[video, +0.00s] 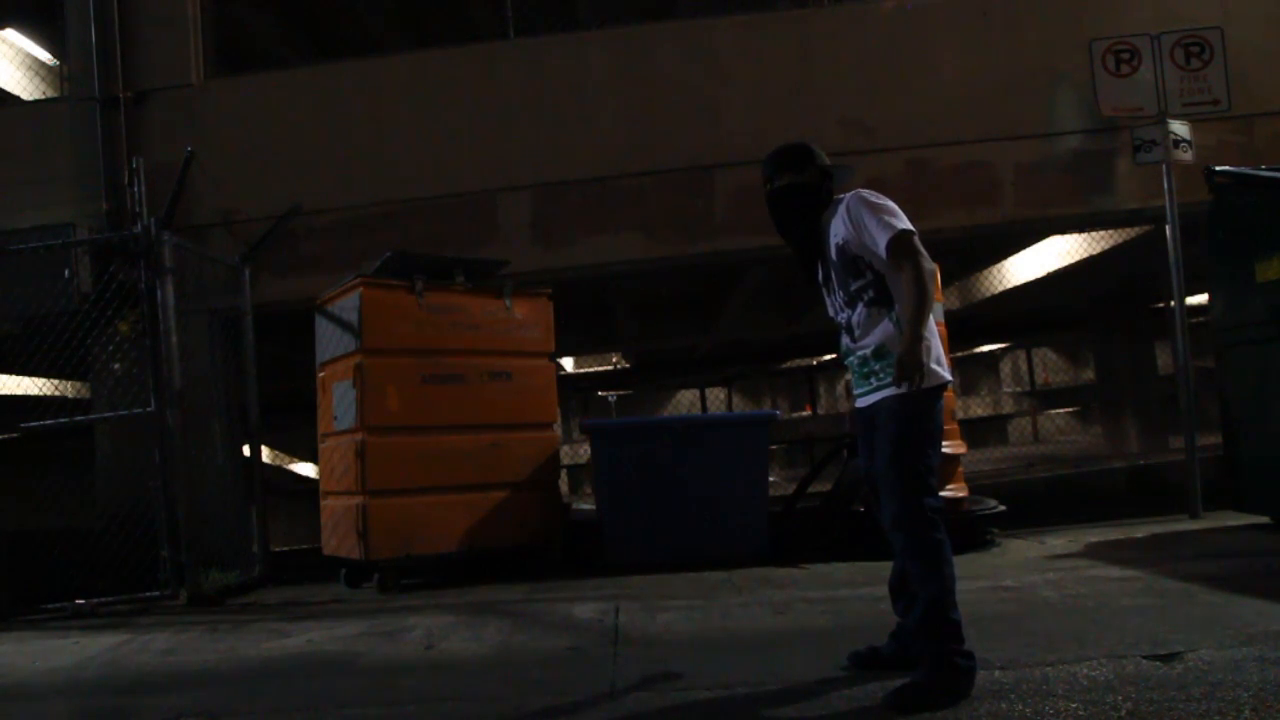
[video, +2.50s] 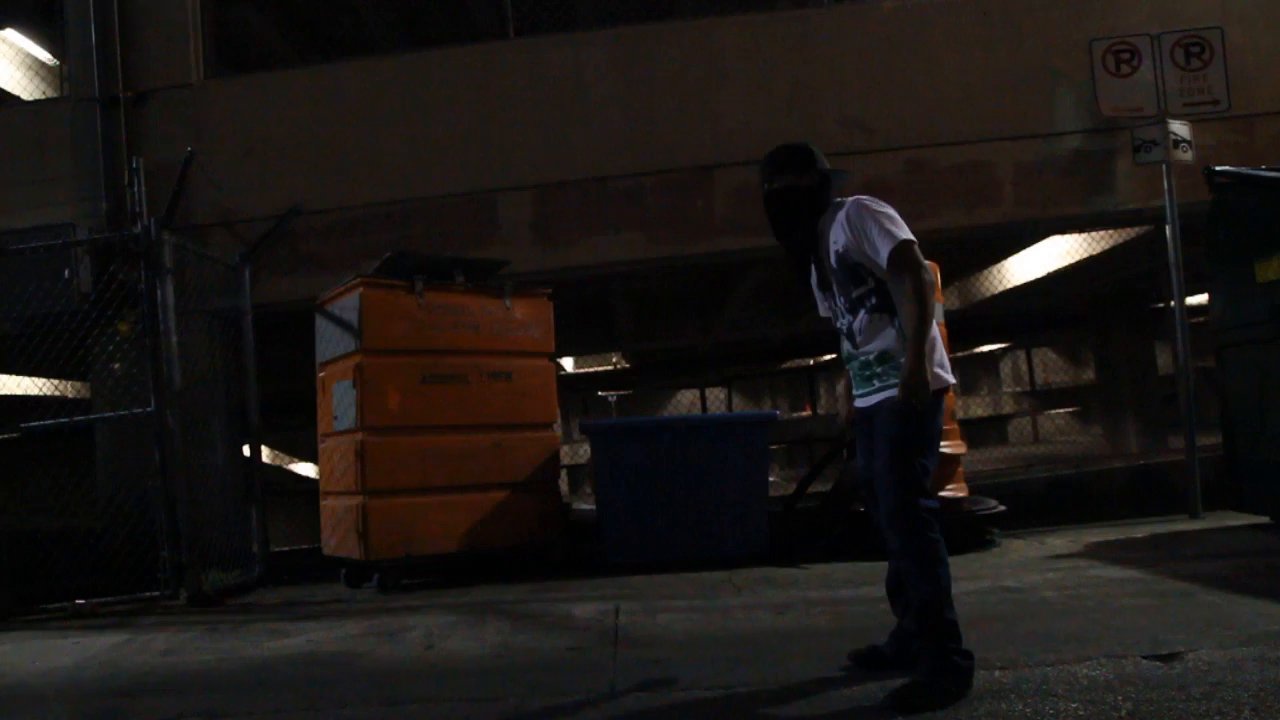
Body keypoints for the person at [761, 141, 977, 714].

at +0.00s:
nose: (777, 206)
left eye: (783, 191)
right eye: (772, 195)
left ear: (812, 181)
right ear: (790, 192)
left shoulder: (857, 207)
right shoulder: (828, 244)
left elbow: (916, 266)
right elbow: (866, 316)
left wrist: (910, 346)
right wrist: (864, 381)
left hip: (907, 392)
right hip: (878, 400)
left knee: (916, 520)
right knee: (898, 520)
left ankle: (946, 661)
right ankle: (914, 639)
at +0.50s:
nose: (770, 209)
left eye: (776, 194)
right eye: (766, 197)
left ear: (806, 185)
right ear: (783, 196)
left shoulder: (855, 210)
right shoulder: (821, 257)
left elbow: (918, 271)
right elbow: (858, 330)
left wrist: (920, 363)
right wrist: (865, 394)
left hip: (906, 393)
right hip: (875, 402)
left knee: (912, 518)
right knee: (896, 519)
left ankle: (945, 660)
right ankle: (914, 639)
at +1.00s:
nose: (776, 209)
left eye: (783, 194)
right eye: (771, 198)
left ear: (811, 185)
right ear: (783, 197)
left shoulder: (858, 211)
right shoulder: (822, 256)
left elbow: (917, 275)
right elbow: (856, 332)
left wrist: (907, 372)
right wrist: (862, 395)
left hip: (908, 392)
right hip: (875, 400)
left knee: (911, 519)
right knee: (896, 519)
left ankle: (946, 660)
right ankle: (914, 637)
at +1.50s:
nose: (782, 203)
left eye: (789, 188)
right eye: (776, 193)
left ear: (817, 180)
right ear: (785, 193)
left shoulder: (864, 210)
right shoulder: (827, 247)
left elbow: (921, 275)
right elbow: (859, 329)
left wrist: (921, 374)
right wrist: (863, 396)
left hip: (910, 394)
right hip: (877, 401)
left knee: (911, 519)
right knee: (895, 519)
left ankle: (945, 660)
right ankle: (913, 639)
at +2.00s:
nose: (781, 202)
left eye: (789, 187)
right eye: (776, 191)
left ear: (817, 180)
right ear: (783, 194)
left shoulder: (863, 212)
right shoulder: (826, 252)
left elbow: (921, 276)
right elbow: (853, 340)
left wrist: (919, 374)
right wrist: (856, 407)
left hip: (909, 394)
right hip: (876, 402)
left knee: (913, 520)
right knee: (895, 520)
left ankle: (945, 660)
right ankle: (912, 637)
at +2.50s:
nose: (774, 208)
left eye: (779, 194)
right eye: (770, 197)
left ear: (806, 185)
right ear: (786, 195)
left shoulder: (858, 213)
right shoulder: (820, 258)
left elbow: (915, 276)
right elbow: (849, 337)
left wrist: (916, 373)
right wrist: (852, 399)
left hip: (908, 393)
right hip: (874, 403)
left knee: (911, 520)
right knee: (894, 521)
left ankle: (946, 661)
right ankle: (913, 638)